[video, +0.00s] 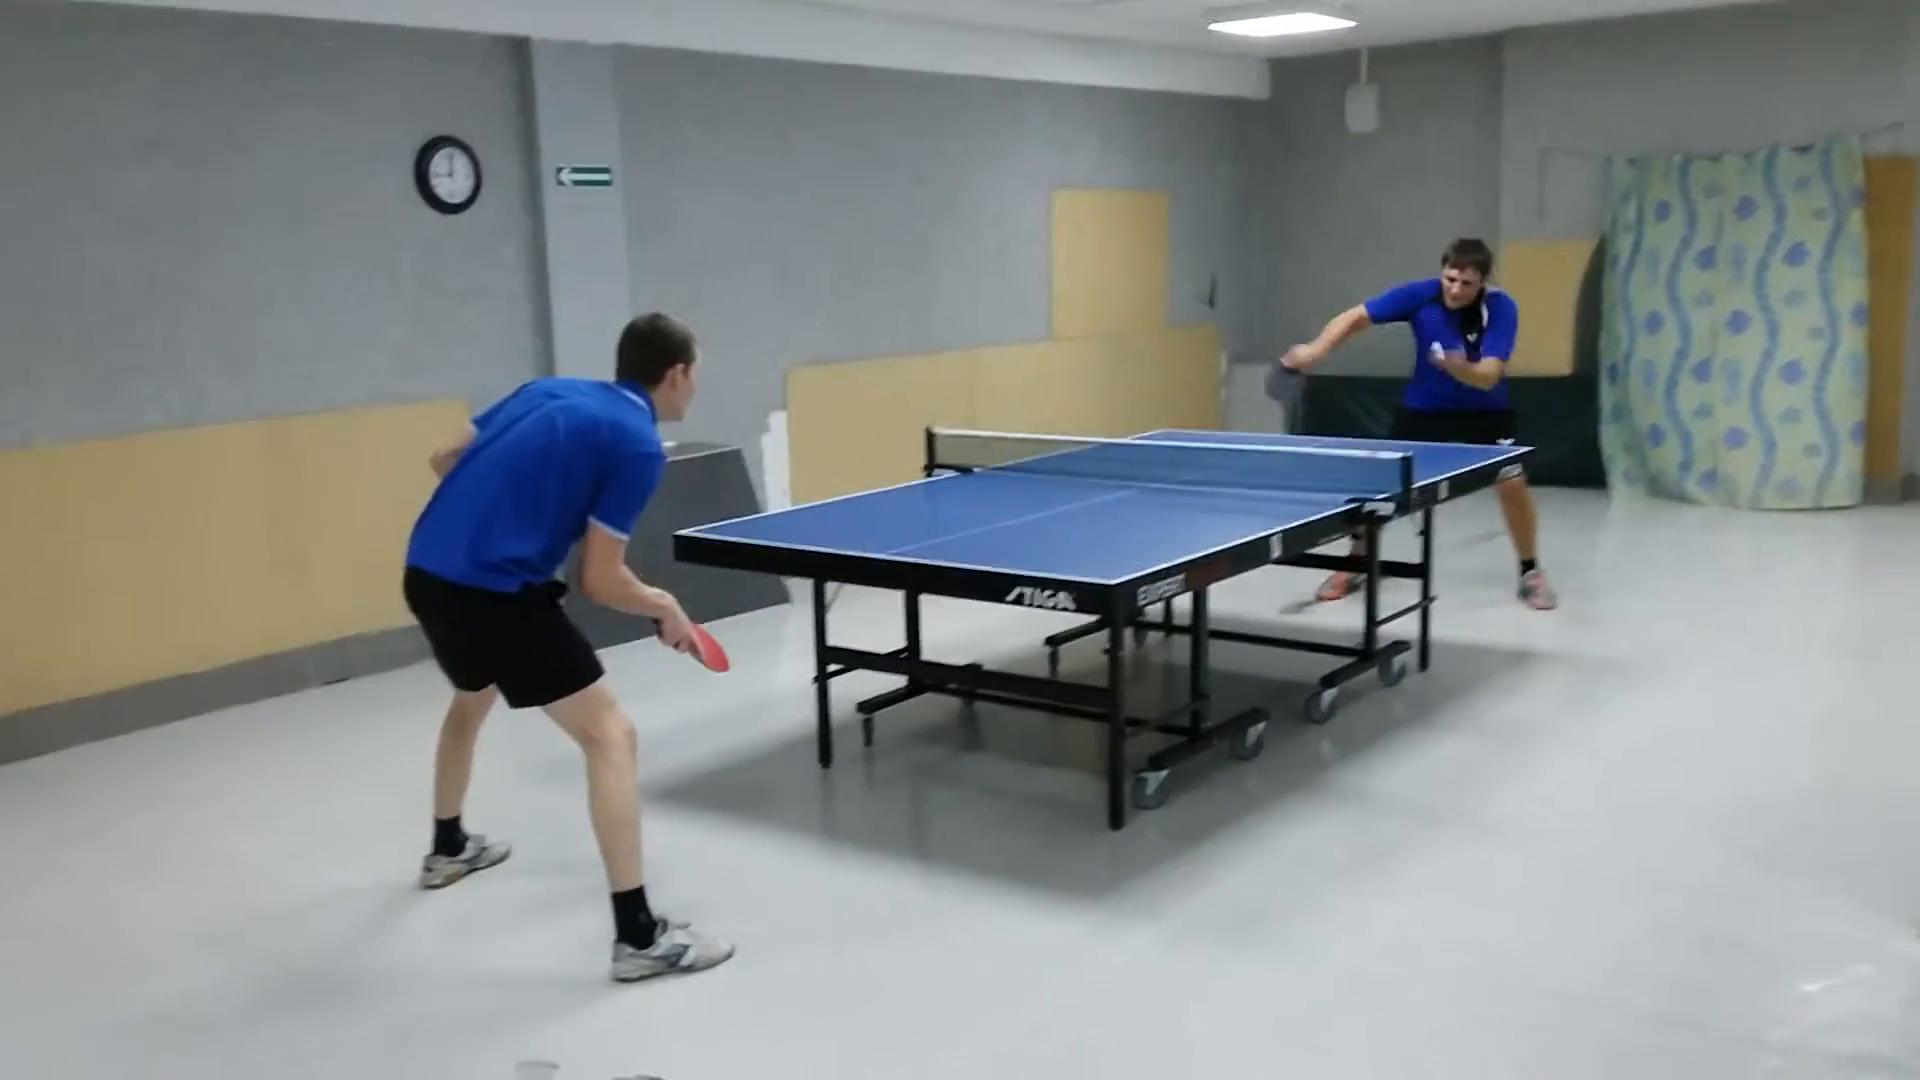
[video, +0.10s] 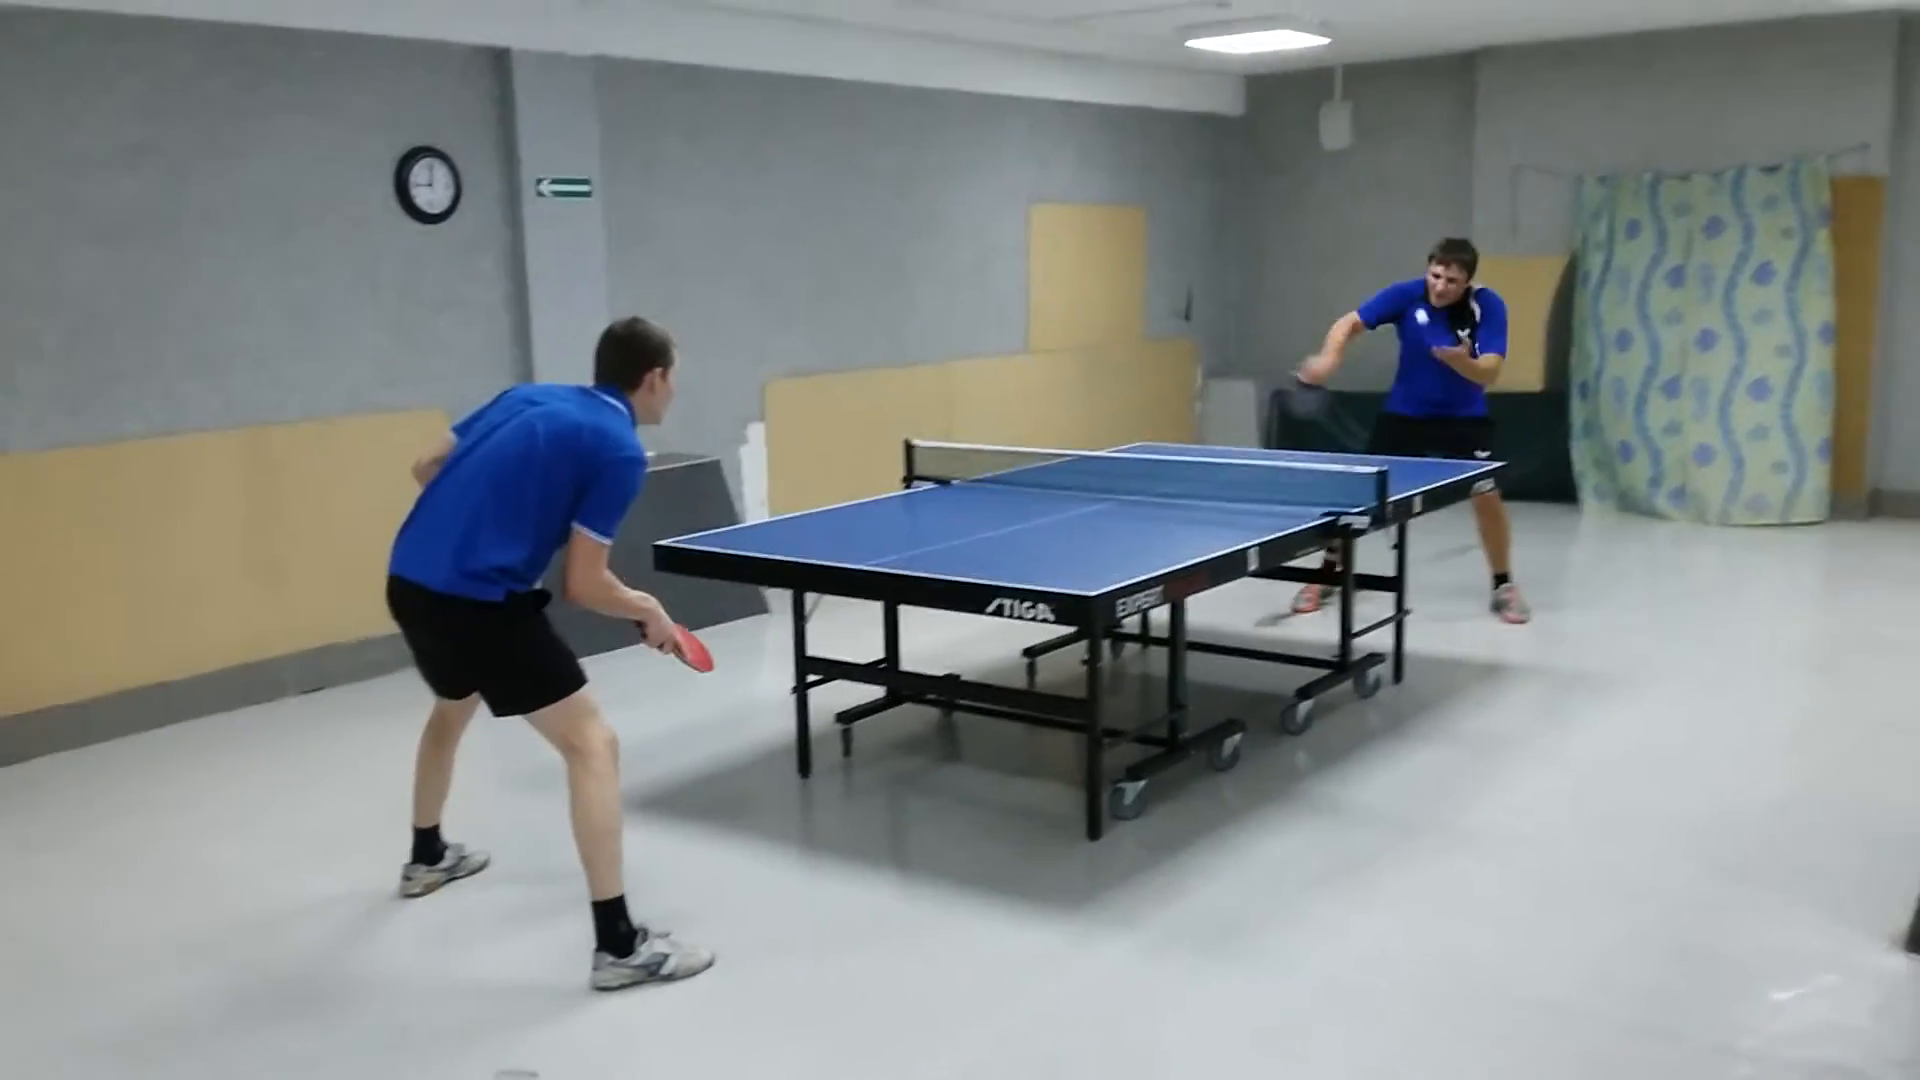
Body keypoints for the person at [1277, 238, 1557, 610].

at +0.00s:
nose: (1456, 290)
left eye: (1466, 283)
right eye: (1450, 280)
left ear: (1482, 282)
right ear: (1441, 273)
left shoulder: (1499, 308)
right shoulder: (1421, 296)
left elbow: (1491, 375)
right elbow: (1357, 317)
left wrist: (1459, 369)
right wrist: (1314, 350)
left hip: (1485, 416)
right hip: (1424, 413)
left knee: (1512, 479)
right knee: (1378, 485)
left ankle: (1530, 572)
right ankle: (1356, 565)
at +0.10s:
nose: (1440, 286)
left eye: (1451, 281)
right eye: (1436, 276)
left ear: (1468, 282)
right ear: (1428, 270)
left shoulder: (1486, 305)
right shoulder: (1407, 295)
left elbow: (1490, 373)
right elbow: (1347, 324)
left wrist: (1461, 363)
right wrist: (1328, 359)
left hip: (1463, 422)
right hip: (1404, 418)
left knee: (1486, 492)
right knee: (1359, 493)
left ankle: (1503, 586)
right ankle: (1327, 576)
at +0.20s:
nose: (1425, 280)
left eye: (1436, 275)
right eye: (1421, 270)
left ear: (1453, 279)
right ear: (1414, 265)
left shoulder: (1471, 303)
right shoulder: (1390, 293)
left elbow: (1501, 353)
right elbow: (1347, 336)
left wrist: (1493, 375)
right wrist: (1376, 372)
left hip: (1443, 416)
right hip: (1387, 411)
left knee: (1463, 494)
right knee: (1342, 486)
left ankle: (1479, 589)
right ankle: (1313, 567)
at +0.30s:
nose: (1409, 301)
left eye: (1419, 297)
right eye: (1406, 291)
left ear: (1433, 302)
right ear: (1396, 288)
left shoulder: (1448, 322)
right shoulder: (1371, 314)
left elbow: (1495, 361)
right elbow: (1360, 373)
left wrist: (1512, 394)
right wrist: (1421, 382)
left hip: (1422, 434)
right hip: (1364, 434)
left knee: (1447, 512)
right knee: (1330, 505)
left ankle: (1460, 605)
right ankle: (1299, 568)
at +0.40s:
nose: (1394, 334)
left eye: (1404, 327)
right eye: (1389, 323)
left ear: (1417, 328)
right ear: (1378, 319)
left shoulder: (1429, 344)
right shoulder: (1355, 343)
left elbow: (1477, 367)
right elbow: (1362, 403)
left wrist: (1507, 406)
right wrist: (1420, 384)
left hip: (1406, 455)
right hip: (1349, 457)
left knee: (1436, 522)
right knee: (1309, 526)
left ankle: (1448, 612)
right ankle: (1294, 601)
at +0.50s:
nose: (1359, 364)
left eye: (1368, 358)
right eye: (1355, 355)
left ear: (1382, 356)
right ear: (1345, 348)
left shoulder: (1403, 361)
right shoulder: (1324, 363)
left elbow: (1445, 379)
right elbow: (1310, 417)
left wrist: (1479, 422)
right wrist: (1370, 402)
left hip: (1388, 467)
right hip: (1328, 467)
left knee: (1413, 524)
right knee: (1289, 520)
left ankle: (1428, 610)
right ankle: (1276, 598)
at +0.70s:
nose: (1310, 301)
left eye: (1318, 293)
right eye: (1306, 292)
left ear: (1336, 294)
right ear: (1300, 291)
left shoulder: (1359, 327)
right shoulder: (1296, 305)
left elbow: (1399, 380)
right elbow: (1256, 304)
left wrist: (1413, 441)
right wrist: (1210, 316)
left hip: (1351, 434)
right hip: (1305, 428)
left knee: (1348, 512)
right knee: (1265, 503)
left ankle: (1382, 596)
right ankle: (1238, 588)